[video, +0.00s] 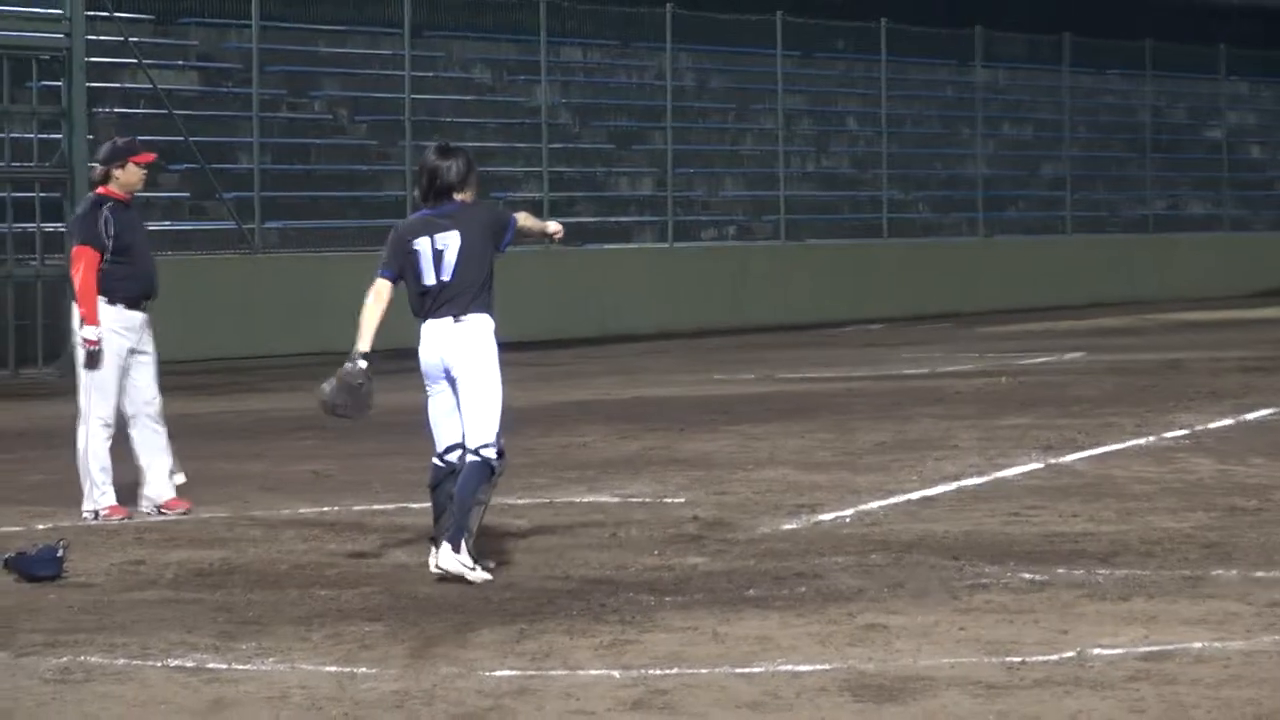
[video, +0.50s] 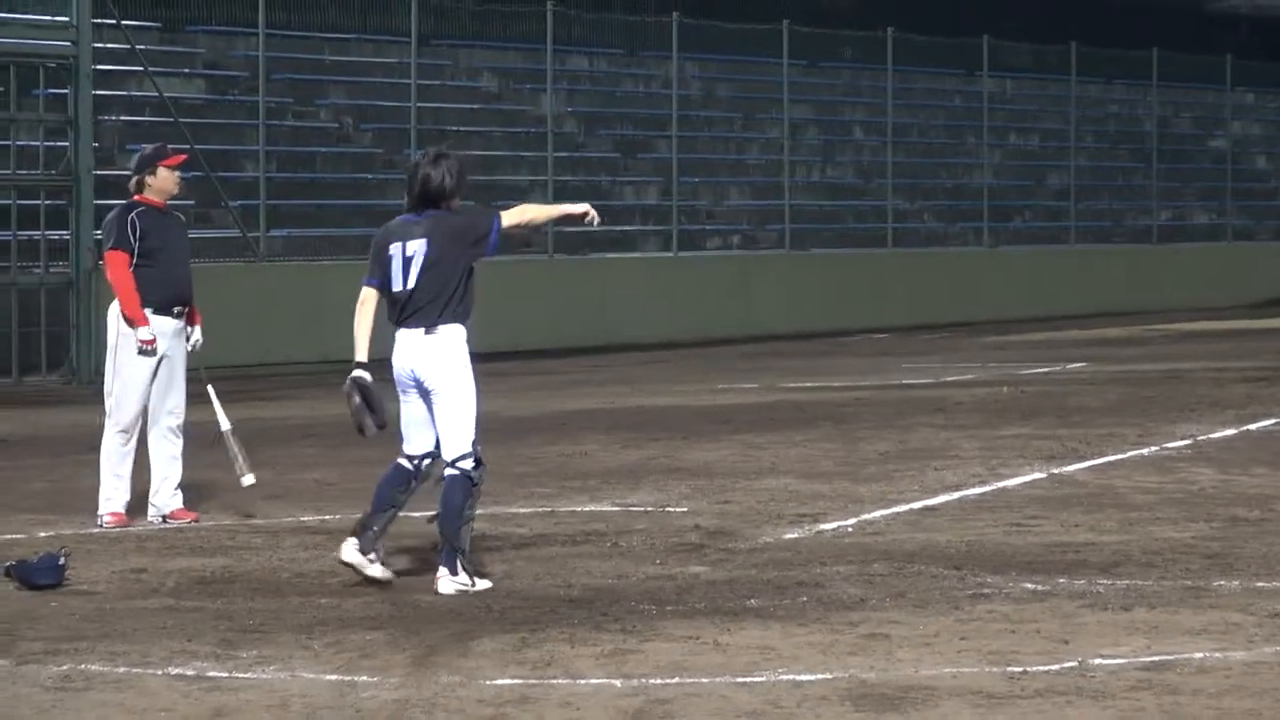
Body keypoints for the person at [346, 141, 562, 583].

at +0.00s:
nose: (477, 191)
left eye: (474, 185)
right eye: (473, 185)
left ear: (428, 187)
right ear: (463, 188)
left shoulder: (405, 231)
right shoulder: (481, 217)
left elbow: (379, 292)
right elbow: (523, 222)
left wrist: (359, 357)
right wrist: (548, 228)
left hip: (431, 342)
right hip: (473, 337)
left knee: (448, 451)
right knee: (483, 448)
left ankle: (443, 546)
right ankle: (454, 545)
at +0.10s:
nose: (478, 201)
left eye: (474, 195)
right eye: (475, 195)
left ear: (430, 197)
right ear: (467, 200)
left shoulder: (408, 238)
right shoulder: (483, 231)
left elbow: (383, 298)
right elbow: (522, 237)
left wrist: (370, 365)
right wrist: (545, 243)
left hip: (421, 354)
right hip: (465, 352)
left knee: (438, 461)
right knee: (469, 461)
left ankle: (442, 556)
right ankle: (444, 564)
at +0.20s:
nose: (478, 192)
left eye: (474, 185)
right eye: (476, 186)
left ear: (431, 183)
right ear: (470, 189)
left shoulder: (405, 226)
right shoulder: (483, 225)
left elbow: (386, 288)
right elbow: (522, 231)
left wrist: (381, 354)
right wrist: (546, 239)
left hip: (414, 344)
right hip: (457, 344)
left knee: (430, 454)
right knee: (463, 453)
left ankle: (443, 550)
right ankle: (440, 559)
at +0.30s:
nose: (477, 196)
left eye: (475, 189)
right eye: (475, 189)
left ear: (428, 189)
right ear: (468, 192)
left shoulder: (401, 229)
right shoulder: (479, 228)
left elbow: (383, 292)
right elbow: (524, 236)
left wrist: (380, 359)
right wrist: (553, 243)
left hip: (410, 348)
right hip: (454, 348)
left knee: (425, 456)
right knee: (462, 458)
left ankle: (421, 557)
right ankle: (443, 565)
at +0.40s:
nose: (471, 195)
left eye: (469, 190)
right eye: (468, 189)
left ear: (423, 188)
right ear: (459, 191)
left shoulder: (396, 229)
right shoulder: (470, 227)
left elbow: (374, 296)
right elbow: (525, 227)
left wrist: (368, 362)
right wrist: (566, 229)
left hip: (405, 349)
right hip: (448, 349)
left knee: (418, 454)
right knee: (460, 458)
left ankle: (390, 552)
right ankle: (446, 566)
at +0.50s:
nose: (462, 192)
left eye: (459, 185)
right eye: (459, 186)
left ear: (414, 188)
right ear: (451, 191)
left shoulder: (390, 233)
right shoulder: (460, 225)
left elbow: (367, 301)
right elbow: (518, 216)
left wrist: (359, 364)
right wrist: (568, 209)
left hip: (403, 350)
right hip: (445, 349)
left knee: (417, 454)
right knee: (462, 461)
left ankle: (363, 544)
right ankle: (452, 568)